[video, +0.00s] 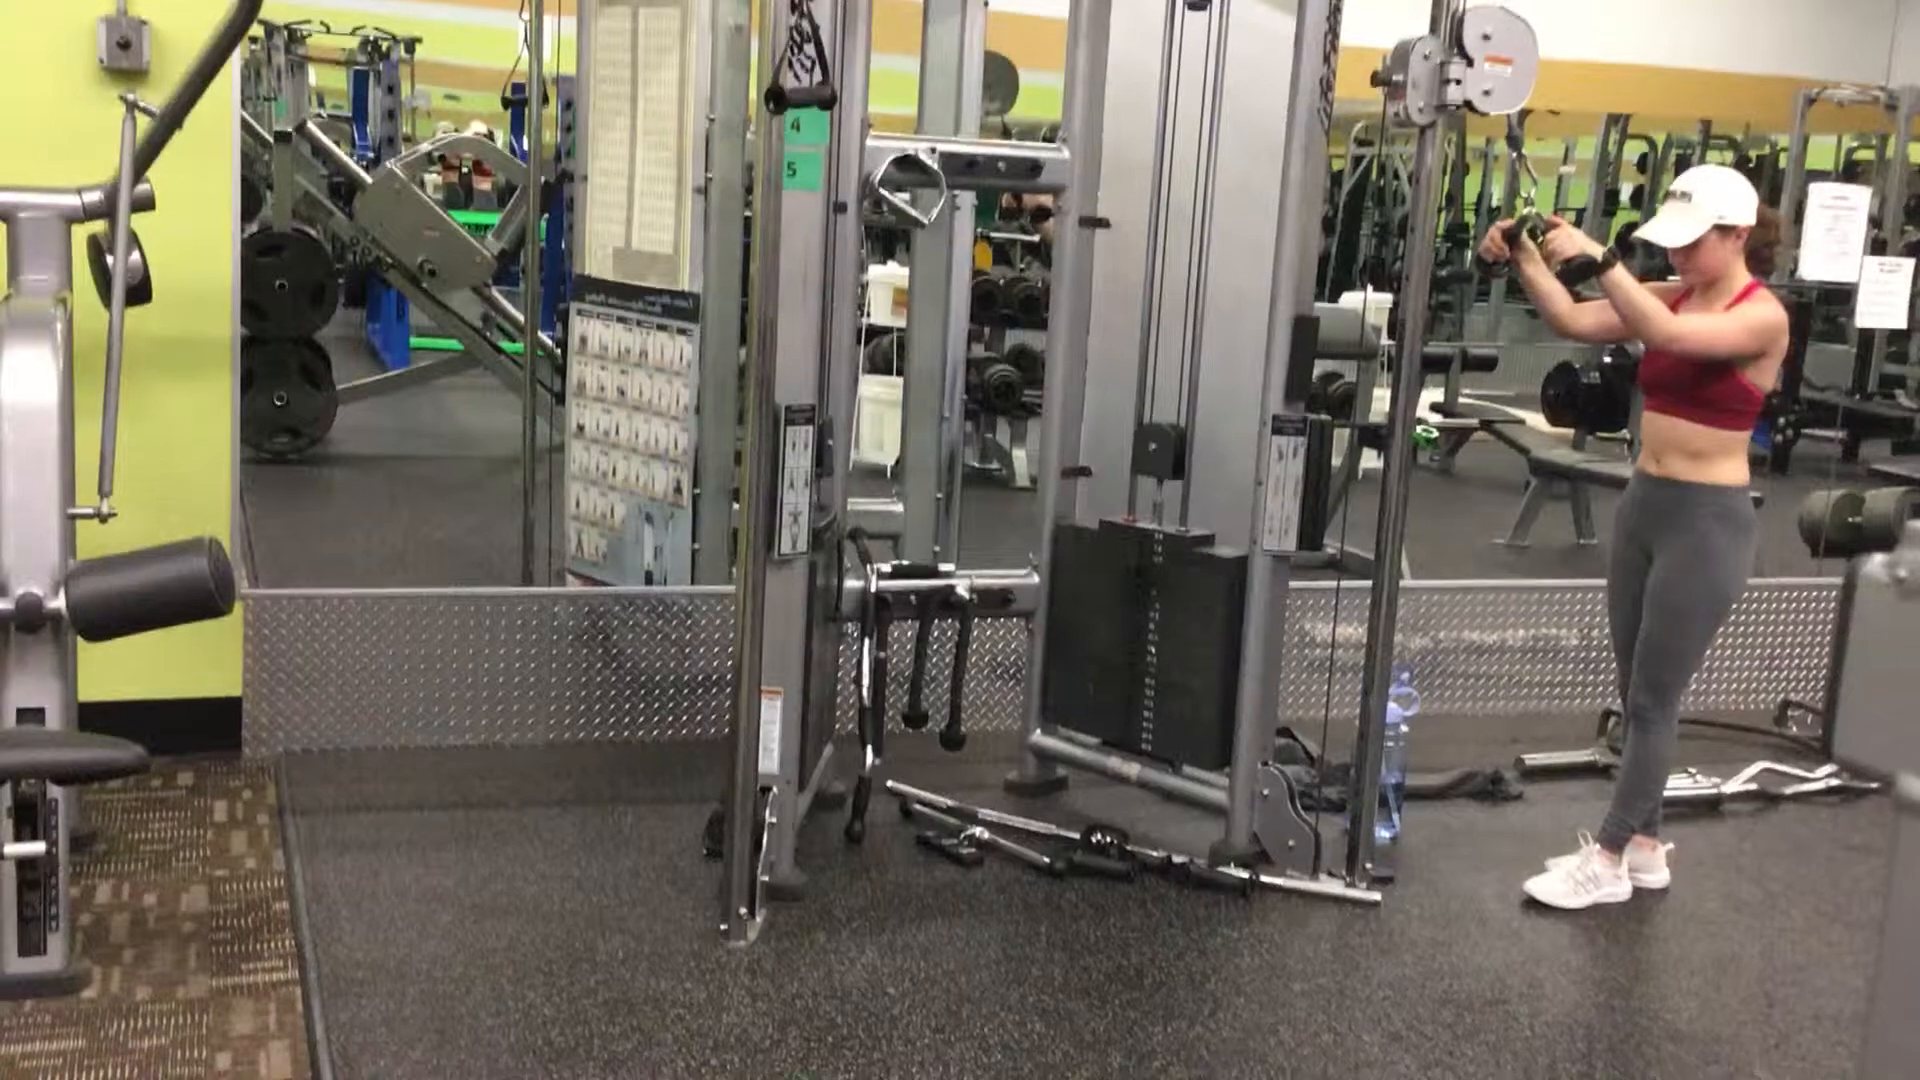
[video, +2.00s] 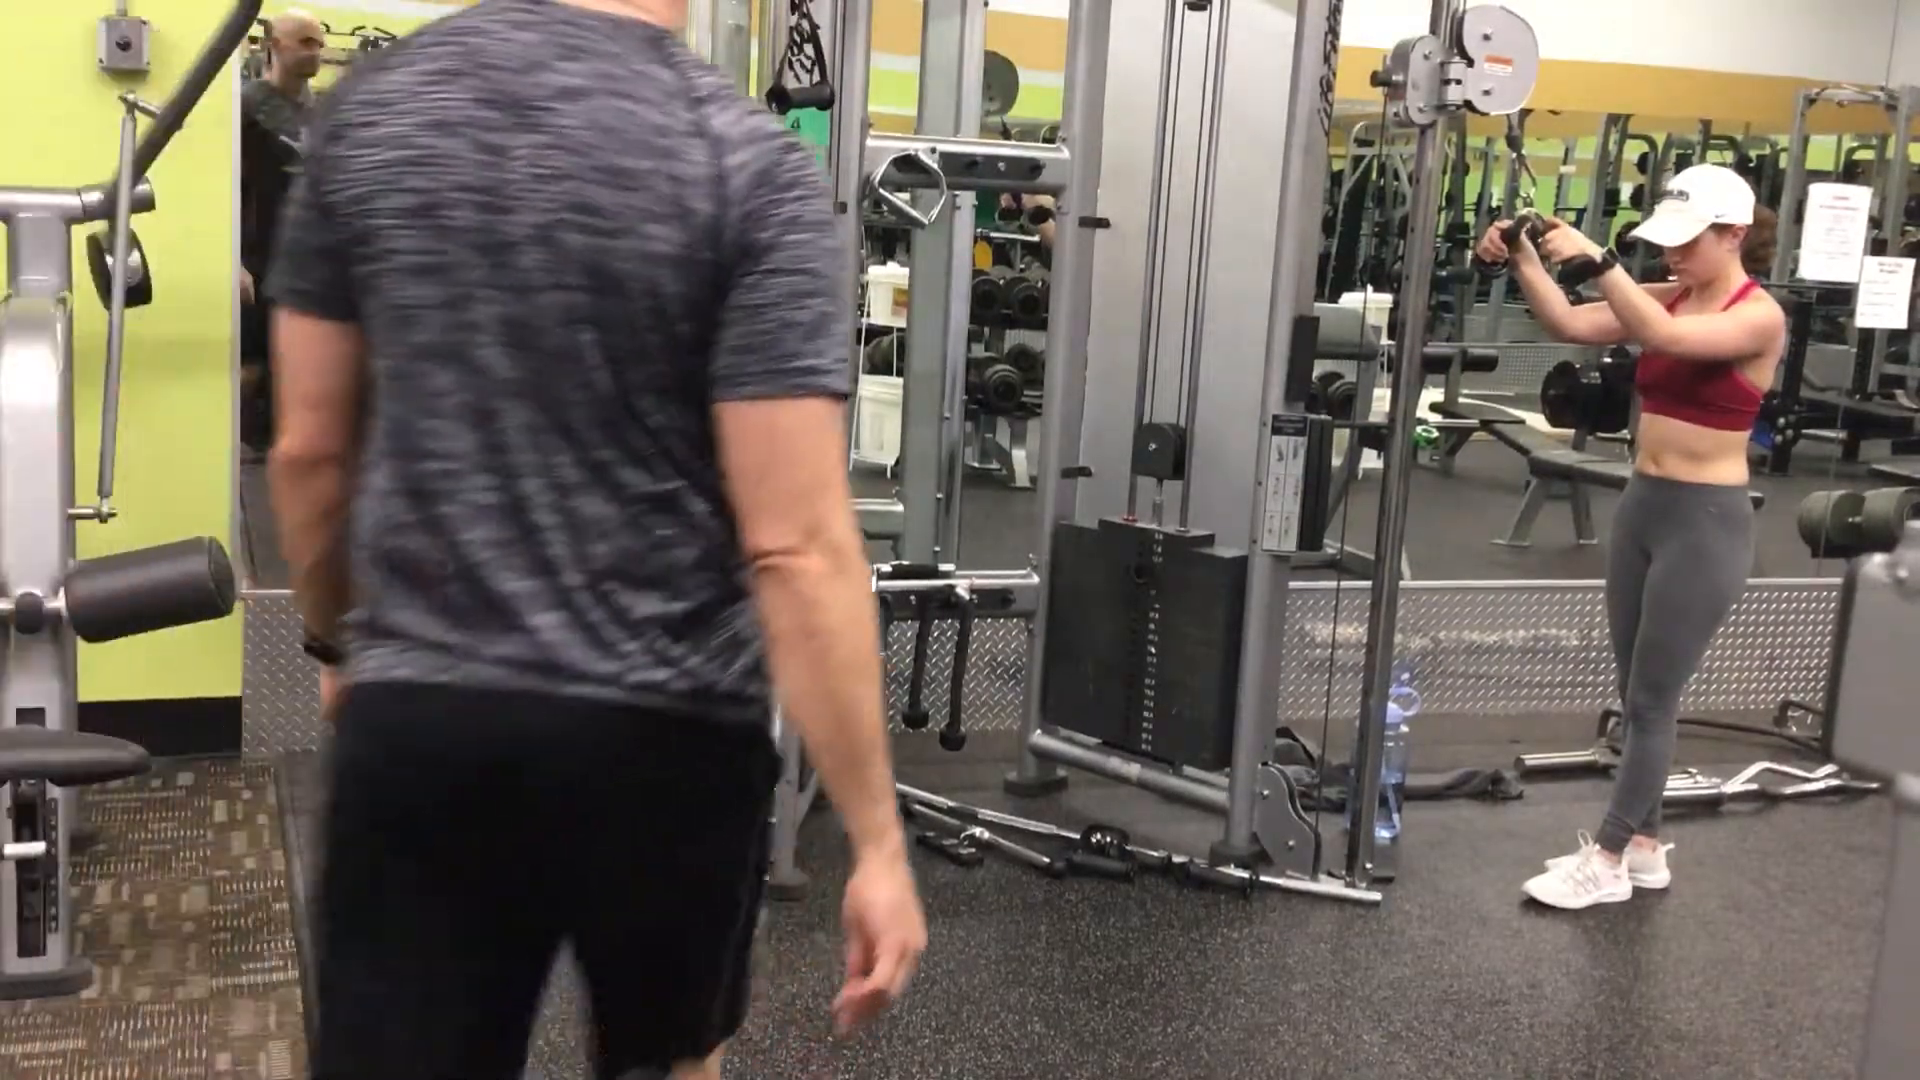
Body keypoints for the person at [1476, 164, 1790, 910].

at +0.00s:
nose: (1677, 254)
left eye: (1690, 240)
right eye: (1672, 241)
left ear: (1738, 236)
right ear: (1674, 240)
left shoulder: (1765, 316)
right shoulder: (1671, 298)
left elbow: (1668, 333)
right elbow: (1576, 319)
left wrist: (1598, 258)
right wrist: (1522, 258)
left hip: (1709, 521)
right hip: (1641, 507)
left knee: (1652, 698)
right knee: (1638, 691)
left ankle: (1607, 858)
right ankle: (1645, 844)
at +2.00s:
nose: (1670, 255)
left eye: (1684, 241)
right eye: (1666, 242)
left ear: (1733, 236)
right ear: (1670, 241)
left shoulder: (1762, 316)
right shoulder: (1669, 299)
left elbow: (1664, 334)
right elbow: (1570, 323)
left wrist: (1596, 261)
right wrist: (1521, 258)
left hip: (1707, 523)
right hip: (1640, 509)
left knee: (1651, 699)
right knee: (1638, 692)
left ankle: (1607, 860)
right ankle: (1645, 845)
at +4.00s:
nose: (1680, 251)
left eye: (1695, 237)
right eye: (1676, 238)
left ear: (1744, 236)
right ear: (1677, 239)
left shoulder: (1767, 317)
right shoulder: (1672, 299)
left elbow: (1671, 334)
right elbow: (1576, 320)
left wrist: (1599, 260)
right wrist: (1521, 259)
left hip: (1707, 523)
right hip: (1640, 509)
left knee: (1651, 698)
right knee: (1638, 693)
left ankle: (1605, 859)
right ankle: (1646, 846)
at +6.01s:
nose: (1681, 253)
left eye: (1695, 239)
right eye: (1676, 240)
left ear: (1744, 235)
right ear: (1677, 238)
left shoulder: (1768, 317)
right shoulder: (1673, 300)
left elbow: (1668, 330)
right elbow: (1577, 319)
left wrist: (1600, 256)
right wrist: (1525, 257)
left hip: (1709, 523)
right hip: (1642, 508)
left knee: (1652, 699)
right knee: (1639, 693)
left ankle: (1606, 858)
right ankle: (1645, 846)